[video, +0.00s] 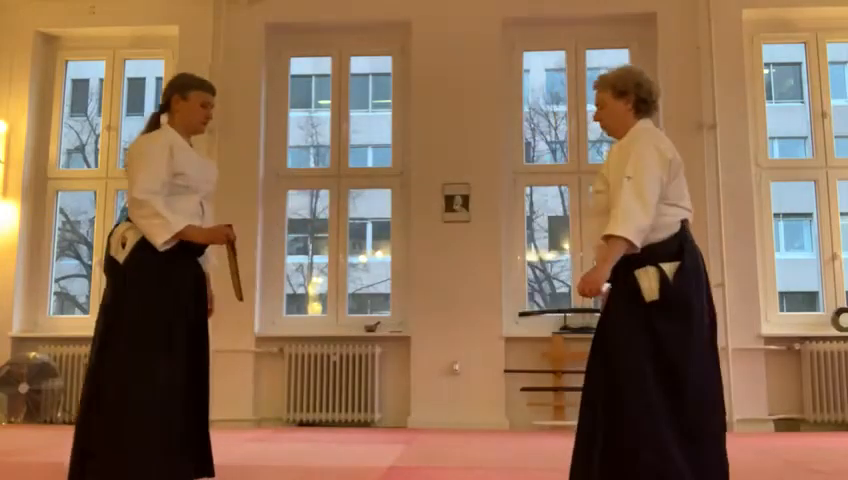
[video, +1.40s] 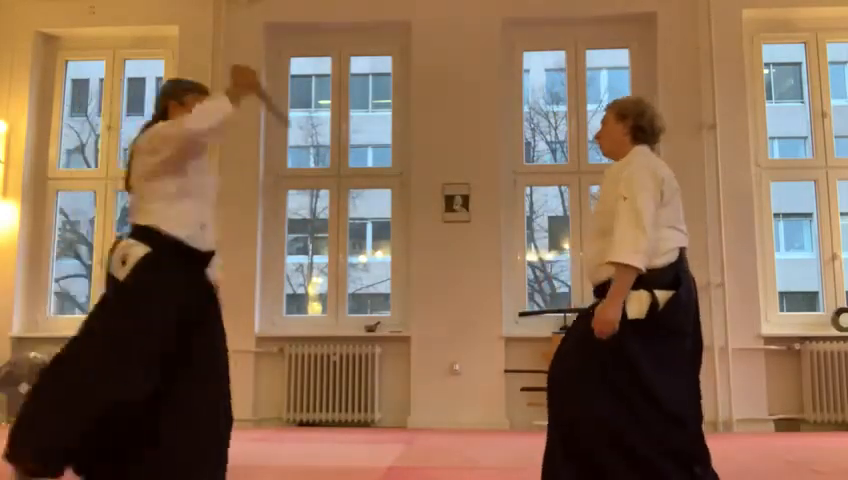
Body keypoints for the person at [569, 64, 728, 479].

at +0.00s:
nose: (595, 113)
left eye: (601, 103)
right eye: (595, 104)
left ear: (627, 102)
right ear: (628, 104)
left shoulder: (643, 142)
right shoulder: (637, 143)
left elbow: (635, 211)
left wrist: (602, 267)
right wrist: (611, 257)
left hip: (658, 273)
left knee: (639, 380)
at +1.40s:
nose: (597, 132)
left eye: (605, 123)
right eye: (601, 124)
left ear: (627, 128)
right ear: (632, 131)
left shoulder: (637, 167)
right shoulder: (647, 165)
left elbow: (635, 238)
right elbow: (646, 238)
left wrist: (613, 302)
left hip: (643, 294)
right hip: (664, 290)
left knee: (569, 374)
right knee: (666, 395)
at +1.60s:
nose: (585, 136)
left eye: (593, 127)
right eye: (588, 128)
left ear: (617, 132)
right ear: (620, 135)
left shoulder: (620, 170)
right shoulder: (637, 170)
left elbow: (604, 243)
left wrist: (549, 286)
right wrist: (591, 282)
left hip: (629, 301)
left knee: (552, 375)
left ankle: (547, 470)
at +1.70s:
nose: (573, 139)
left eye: (581, 131)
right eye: (576, 131)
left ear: (604, 135)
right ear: (607, 137)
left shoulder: (608, 175)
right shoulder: (627, 176)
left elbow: (570, 225)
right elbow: (620, 259)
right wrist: (560, 285)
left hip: (612, 313)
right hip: (640, 310)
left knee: (536, 378)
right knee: (637, 414)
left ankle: (508, 470)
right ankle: (689, 473)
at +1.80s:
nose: (551, 135)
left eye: (557, 127)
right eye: (554, 127)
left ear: (581, 132)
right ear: (587, 135)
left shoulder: (582, 174)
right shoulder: (608, 181)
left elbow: (519, 193)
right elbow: (563, 255)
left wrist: (465, 169)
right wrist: (496, 246)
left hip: (586, 322)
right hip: (619, 319)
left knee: (510, 389)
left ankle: (477, 469)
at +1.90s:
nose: (511, 124)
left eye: (519, 116)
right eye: (515, 116)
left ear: (542, 125)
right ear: (544, 128)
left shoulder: (547, 163)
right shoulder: (540, 183)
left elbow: (473, 154)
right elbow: (469, 220)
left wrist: (419, 116)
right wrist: (423, 187)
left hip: (554, 316)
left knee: (478, 394)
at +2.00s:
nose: (473, 115)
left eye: (480, 108)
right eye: (477, 108)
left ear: (501, 116)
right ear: (511, 118)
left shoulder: (508, 151)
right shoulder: (494, 169)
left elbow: (433, 131)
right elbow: (451, 197)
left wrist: (385, 91)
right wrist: (409, 185)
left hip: (521, 297)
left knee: (446, 386)